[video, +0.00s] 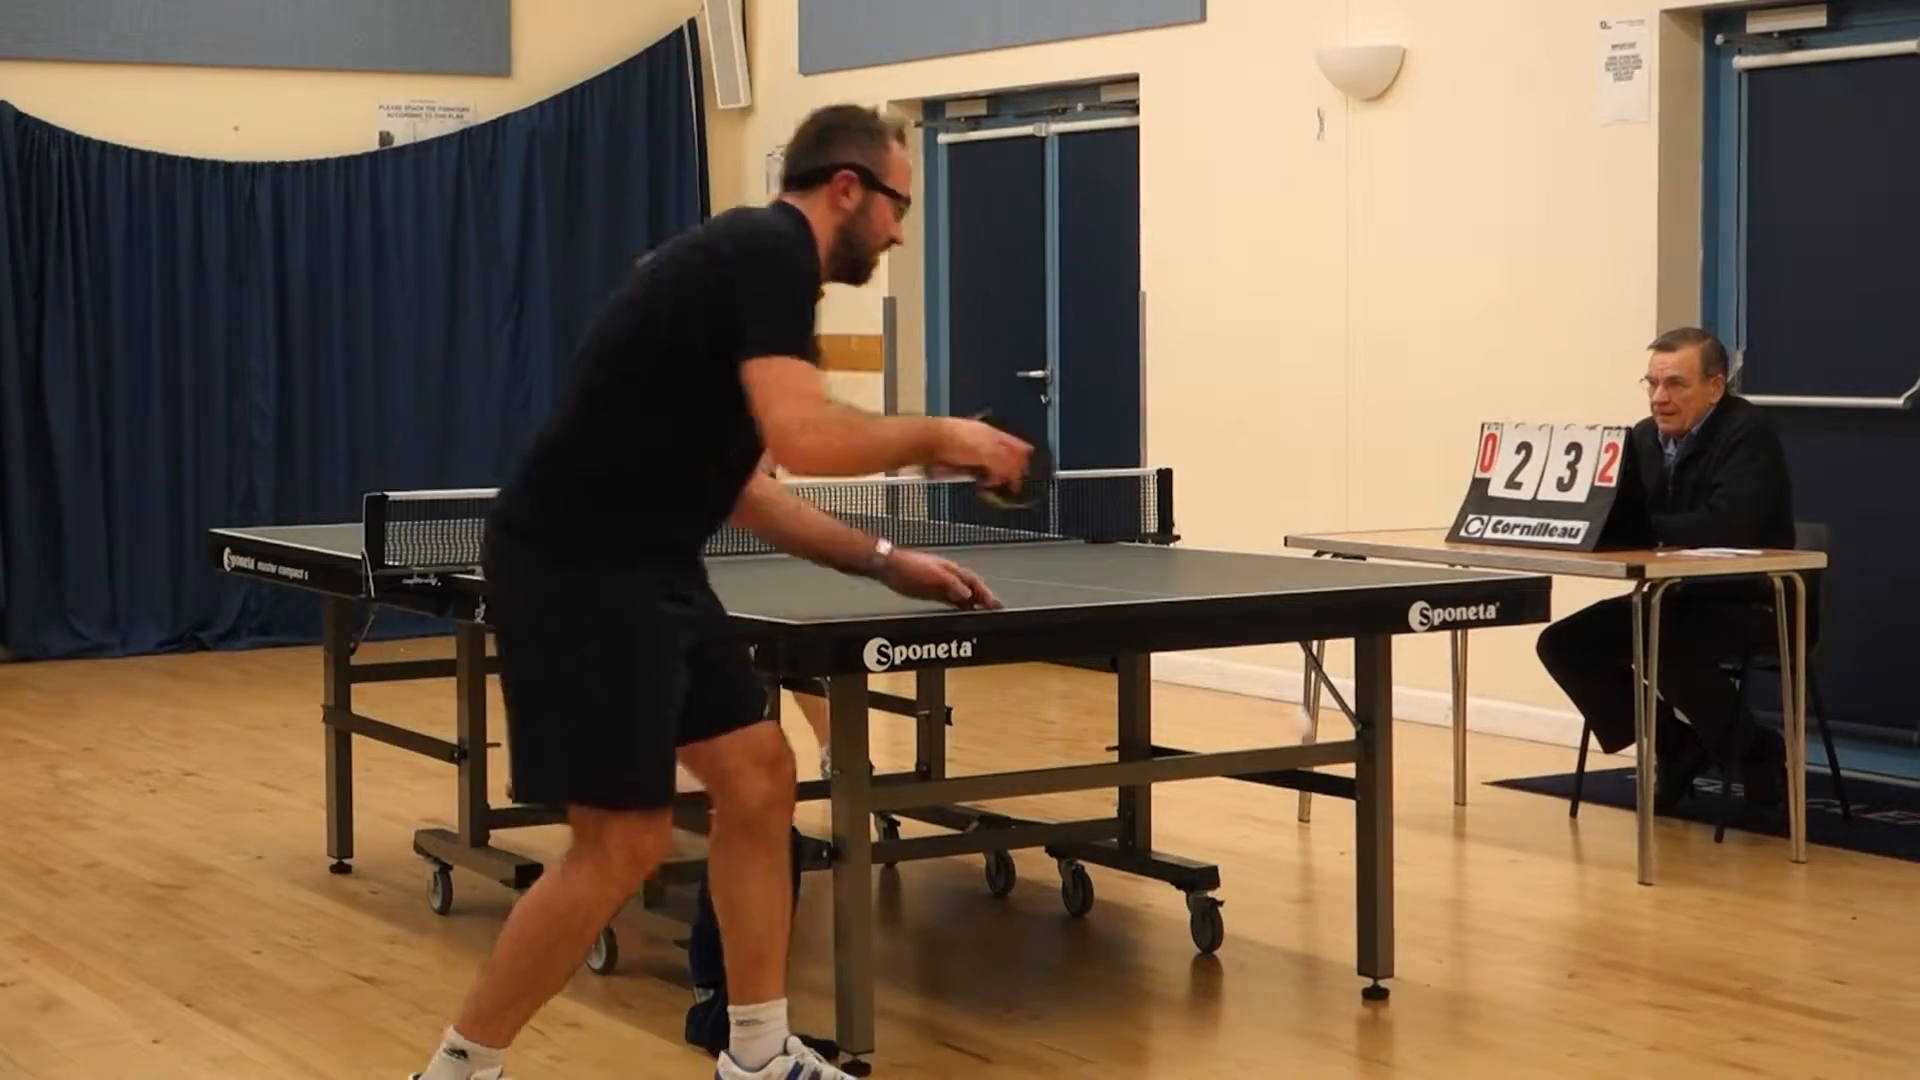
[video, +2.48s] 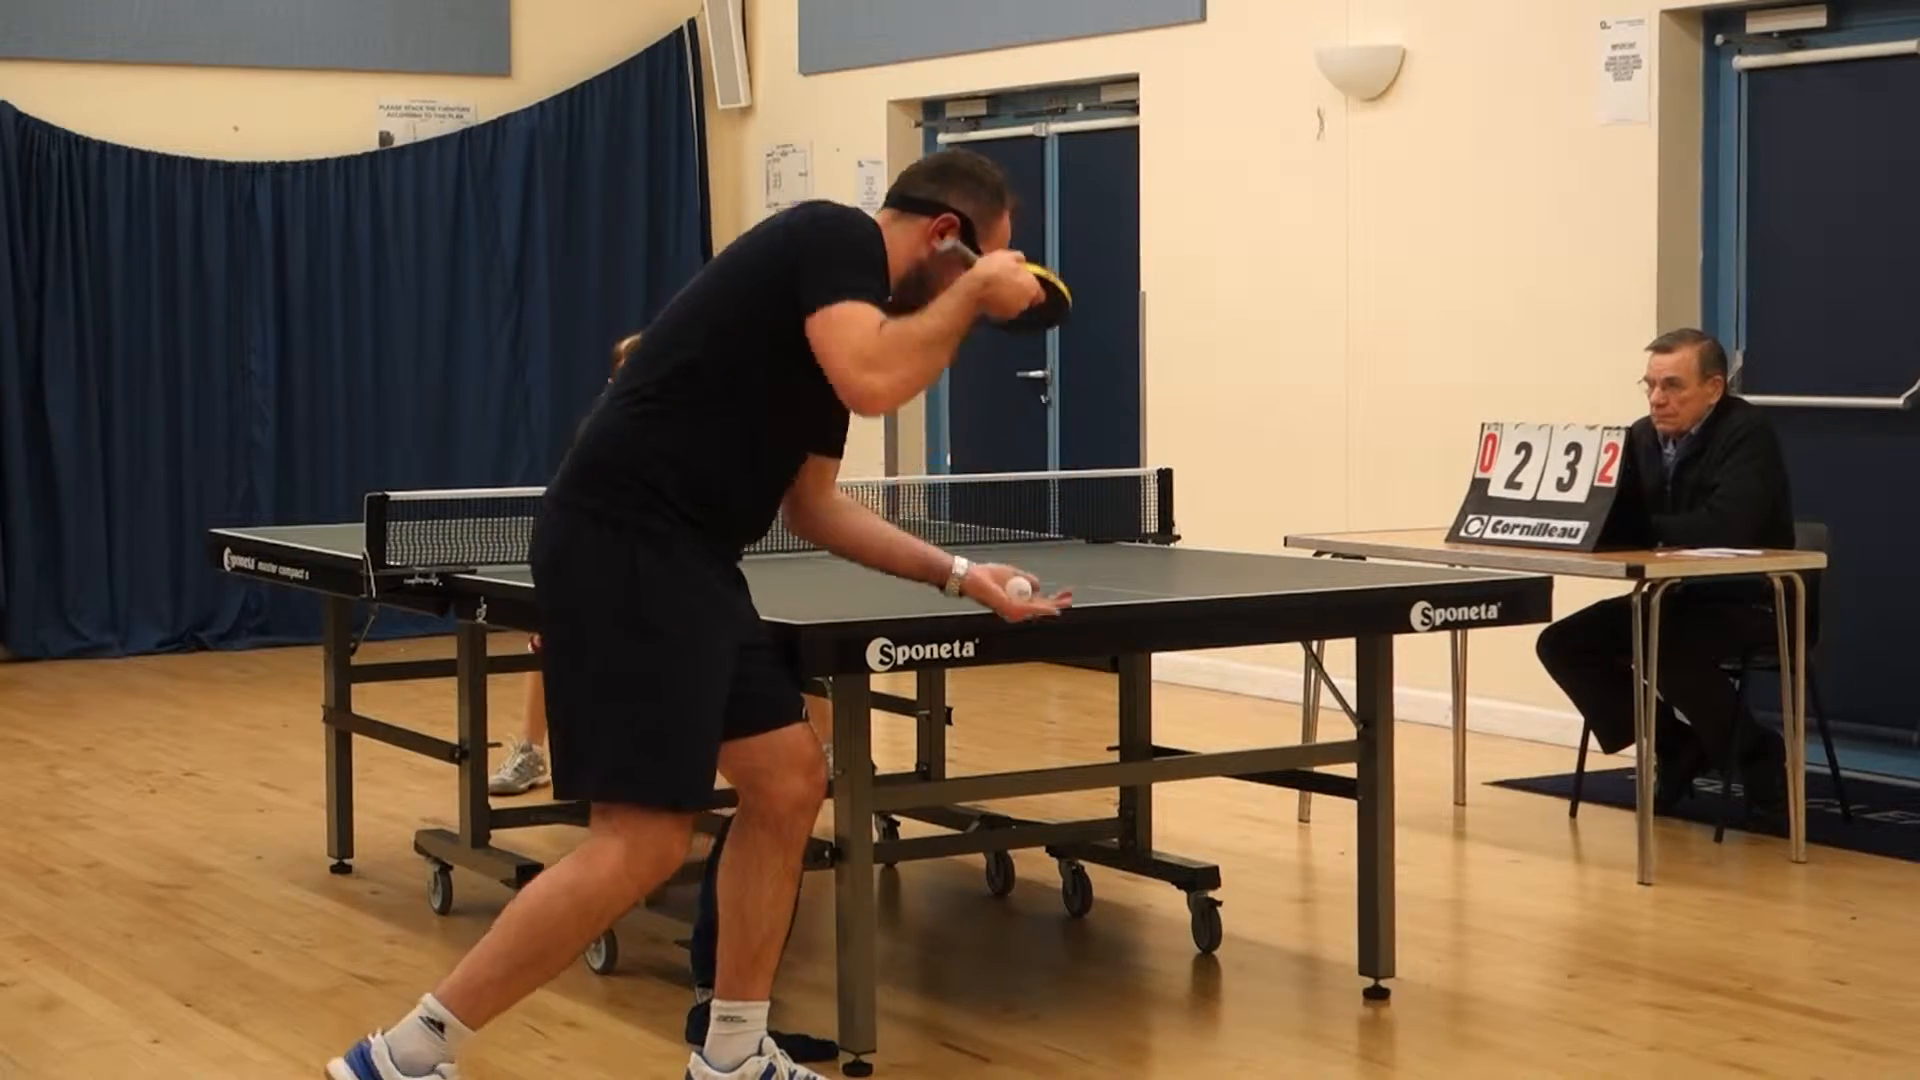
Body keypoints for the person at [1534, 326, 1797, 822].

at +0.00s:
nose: (1659, 396)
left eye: (1675, 383)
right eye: (1653, 382)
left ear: (1715, 388)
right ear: (1645, 384)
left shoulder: (1749, 435)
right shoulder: (1642, 439)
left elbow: (1732, 527)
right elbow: (1605, 512)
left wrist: (1637, 530)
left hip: (1755, 601)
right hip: (1671, 596)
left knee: (1666, 645)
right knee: (1562, 644)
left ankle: (1757, 750)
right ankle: (1674, 741)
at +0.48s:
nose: (1663, 398)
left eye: (1680, 385)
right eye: (1656, 384)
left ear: (1717, 389)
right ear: (1647, 385)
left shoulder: (1749, 434)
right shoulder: (1640, 438)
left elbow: (1731, 527)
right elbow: (1610, 518)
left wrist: (1639, 529)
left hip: (1755, 599)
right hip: (1672, 595)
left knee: (1669, 648)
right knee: (1562, 644)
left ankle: (1757, 749)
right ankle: (1674, 743)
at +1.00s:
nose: (1662, 398)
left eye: (1678, 385)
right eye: (1655, 384)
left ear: (1716, 389)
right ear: (1647, 386)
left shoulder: (1749, 433)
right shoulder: (1641, 437)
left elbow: (1732, 526)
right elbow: (1612, 517)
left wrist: (1639, 530)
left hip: (1754, 599)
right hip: (1673, 595)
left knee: (1666, 646)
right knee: (1561, 644)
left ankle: (1757, 750)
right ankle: (1674, 742)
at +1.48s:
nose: (1658, 398)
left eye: (1673, 384)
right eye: (1652, 384)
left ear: (1715, 388)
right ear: (1645, 385)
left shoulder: (1749, 435)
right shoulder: (1640, 438)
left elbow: (1734, 527)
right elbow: (1614, 521)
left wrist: (1643, 532)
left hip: (1755, 600)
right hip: (1672, 595)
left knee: (1669, 646)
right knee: (1562, 644)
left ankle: (1757, 751)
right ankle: (1674, 745)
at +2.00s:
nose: (1657, 398)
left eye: (1672, 385)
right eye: (1651, 384)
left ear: (1713, 388)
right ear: (1644, 385)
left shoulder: (1748, 435)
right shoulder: (1641, 438)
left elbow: (1734, 527)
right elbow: (1609, 516)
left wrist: (1638, 530)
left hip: (1756, 600)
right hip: (1672, 595)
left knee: (1668, 646)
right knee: (1563, 644)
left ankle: (1756, 751)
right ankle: (1674, 743)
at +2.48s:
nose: (1656, 398)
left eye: (1672, 385)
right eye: (1651, 384)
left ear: (1713, 388)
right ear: (1644, 385)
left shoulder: (1747, 435)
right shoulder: (1641, 437)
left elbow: (1733, 527)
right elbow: (1608, 515)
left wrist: (1637, 531)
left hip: (1757, 600)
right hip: (1674, 595)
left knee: (1667, 645)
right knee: (1562, 644)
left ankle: (1758, 753)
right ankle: (1674, 742)